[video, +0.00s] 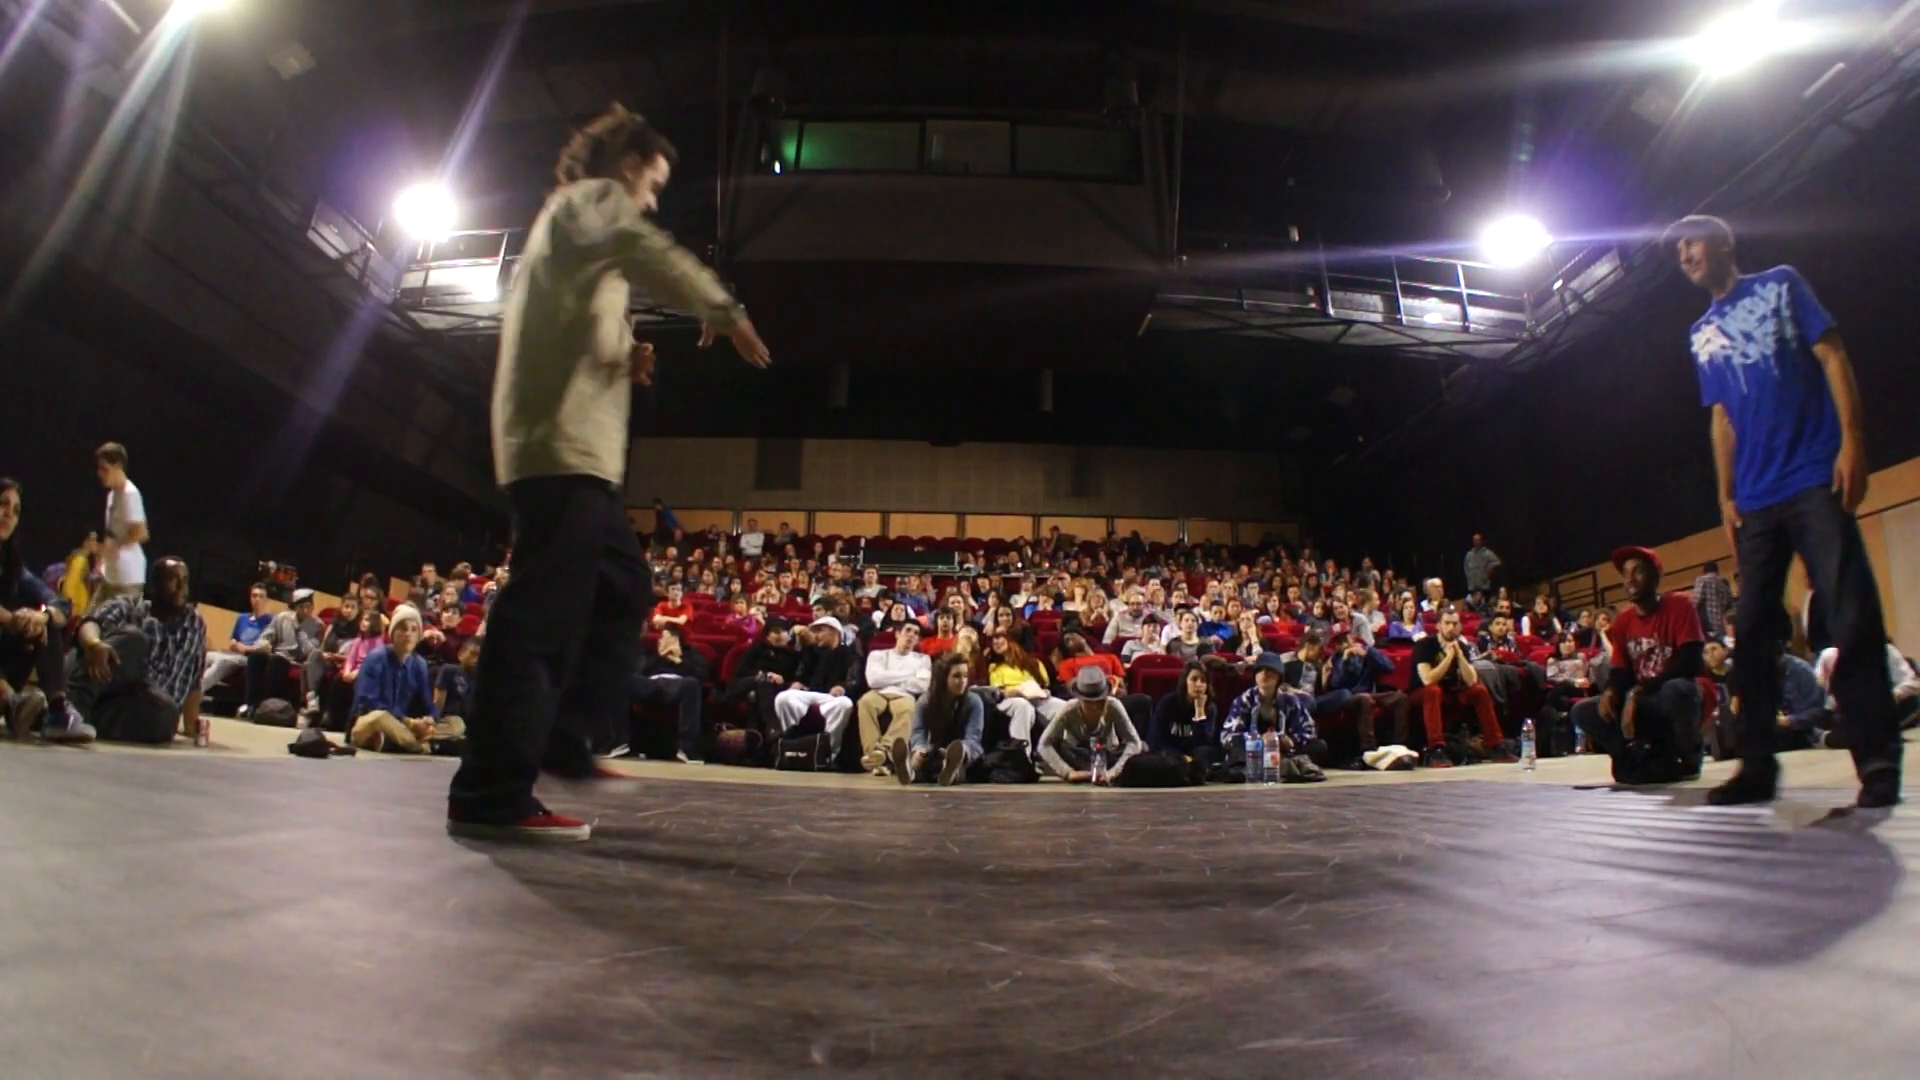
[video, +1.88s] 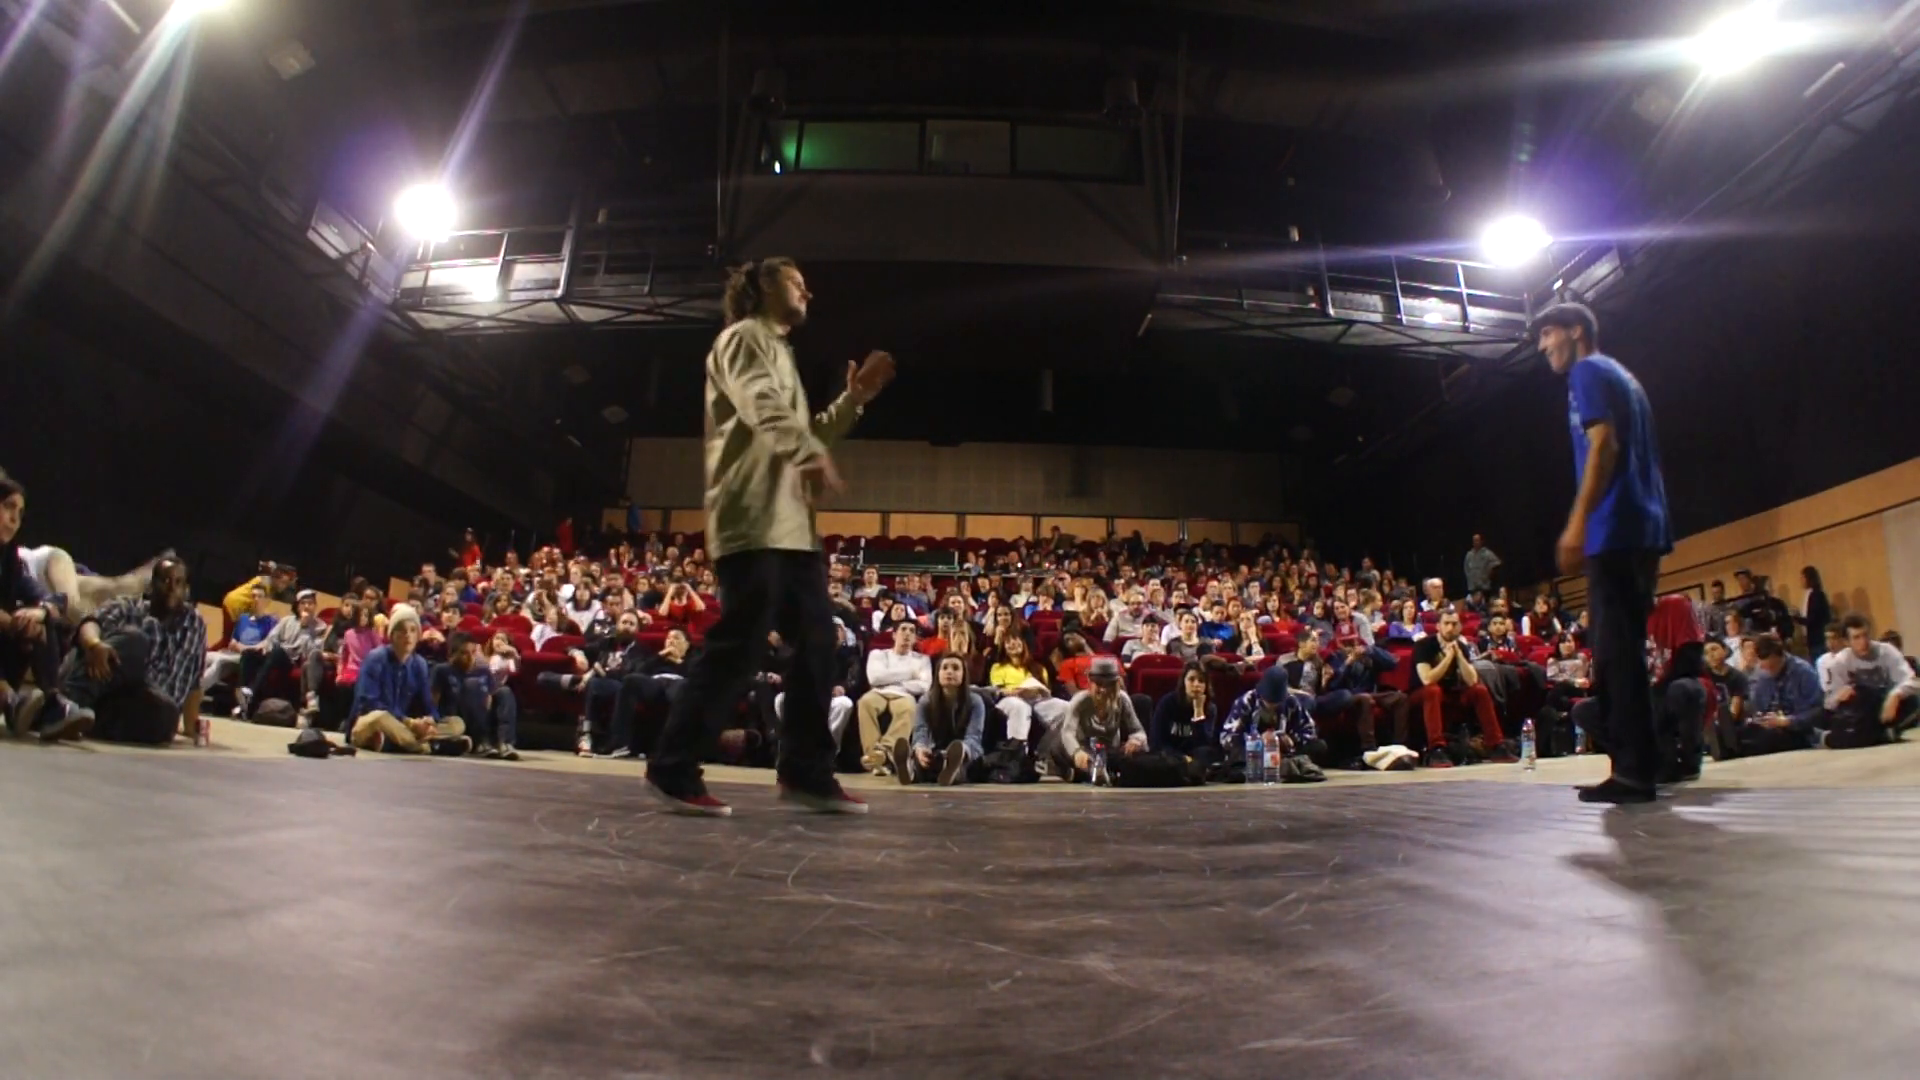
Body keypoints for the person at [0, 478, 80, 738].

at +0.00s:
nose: (7, 514)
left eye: (14, 509)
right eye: (3, 506)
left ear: (19, 517)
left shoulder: (12, 565)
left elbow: (60, 606)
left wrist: (43, 614)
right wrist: (11, 619)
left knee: (46, 623)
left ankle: (58, 708)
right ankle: (10, 703)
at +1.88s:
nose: (14, 519)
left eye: (19, 513)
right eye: (9, 508)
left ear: (21, 519)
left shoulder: (12, 557)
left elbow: (51, 603)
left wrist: (40, 611)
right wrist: (11, 621)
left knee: (41, 623)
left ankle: (53, 704)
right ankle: (9, 701)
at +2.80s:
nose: (12, 519)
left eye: (16, 511)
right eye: (7, 509)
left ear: (20, 516)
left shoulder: (11, 559)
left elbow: (55, 610)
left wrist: (41, 611)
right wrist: (11, 621)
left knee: (43, 623)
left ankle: (56, 705)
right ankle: (11, 703)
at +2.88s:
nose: (13, 519)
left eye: (18, 513)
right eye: (8, 509)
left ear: (21, 518)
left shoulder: (11, 563)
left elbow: (58, 601)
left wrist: (41, 612)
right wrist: (11, 623)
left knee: (41, 623)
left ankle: (55, 706)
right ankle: (11, 704)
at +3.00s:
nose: (14, 519)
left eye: (18, 512)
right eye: (8, 509)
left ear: (21, 517)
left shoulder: (11, 560)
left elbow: (54, 605)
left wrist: (40, 613)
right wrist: (11, 624)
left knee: (43, 623)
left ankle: (55, 707)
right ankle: (11, 704)